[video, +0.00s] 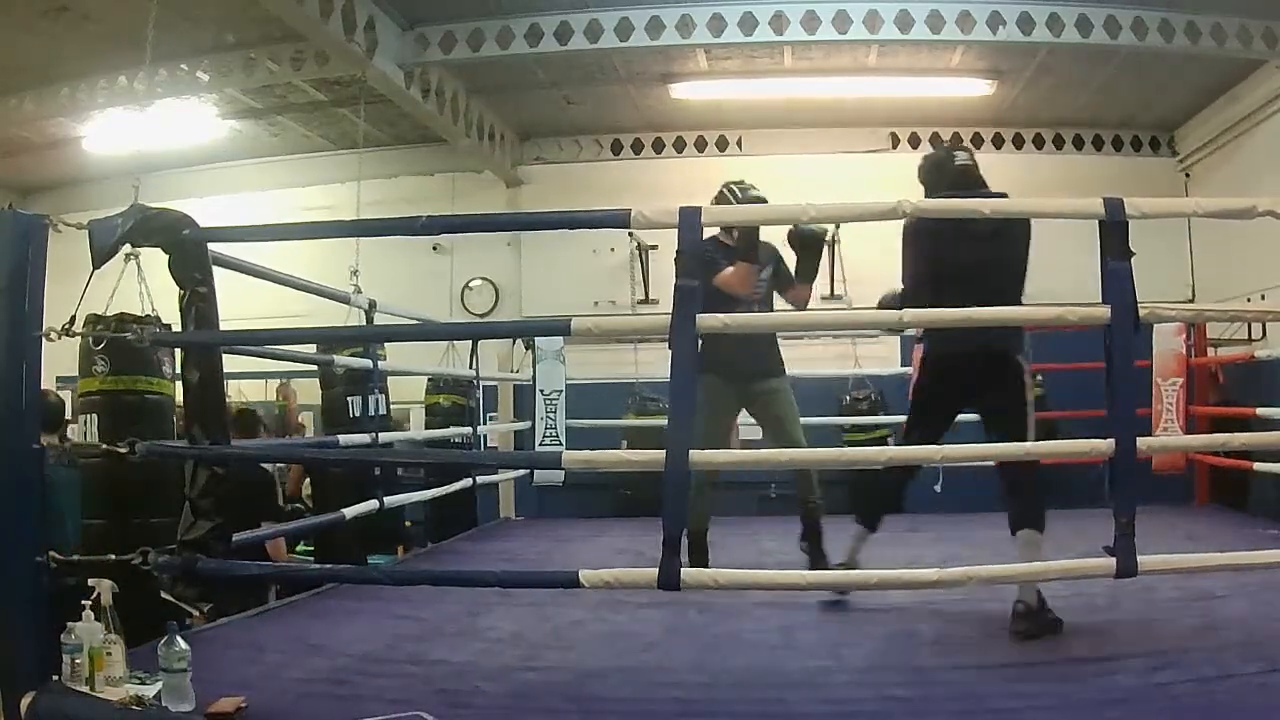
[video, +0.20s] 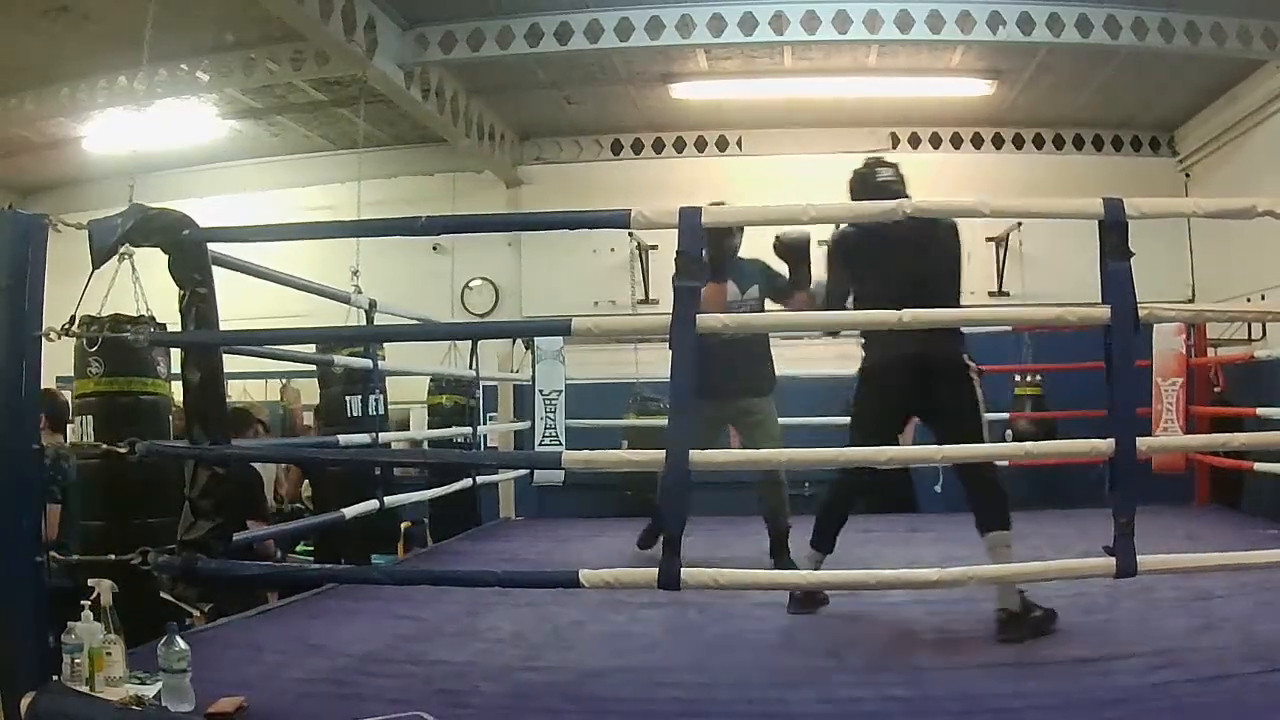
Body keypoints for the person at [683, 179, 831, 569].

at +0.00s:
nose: (753, 223)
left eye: (758, 217)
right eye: (745, 217)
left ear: (761, 217)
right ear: (725, 216)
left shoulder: (767, 253)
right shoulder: (702, 253)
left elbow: (799, 298)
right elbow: (741, 286)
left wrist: (810, 257)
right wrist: (748, 234)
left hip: (765, 372)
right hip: (716, 375)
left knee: (798, 450)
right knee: (706, 461)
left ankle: (814, 541)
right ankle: (697, 547)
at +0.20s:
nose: (727, 240)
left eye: (732, 232)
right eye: (717, 232)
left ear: (741, 234)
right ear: (702, 235)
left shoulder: (754, 270)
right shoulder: (689, 274)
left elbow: (800, 303)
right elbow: (711, 314)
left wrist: (799, 265)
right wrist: (715, 263)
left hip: (752, 393)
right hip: (701, 396)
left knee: (772, 470)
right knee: (677, 468)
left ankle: (780, 553)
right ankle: (660, 520)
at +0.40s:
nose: (689, 267)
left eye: (696, 258)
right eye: (682, 258)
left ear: (707, 260)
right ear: (670, 261)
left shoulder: (724, 296)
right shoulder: (659, 298)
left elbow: (757, 340)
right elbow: (637, 335)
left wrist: (772, 312)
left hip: (715, 401)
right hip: (672, 402)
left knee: (741, 470)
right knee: (658, 469)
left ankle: (772, 545)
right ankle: (665, 535)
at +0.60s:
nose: (665, 257)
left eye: (670, 251)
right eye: (661, 253)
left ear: (681, 254)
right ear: (650, 257)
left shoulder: (698, 286)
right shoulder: (642, 289)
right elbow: (639, 316)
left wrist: (678, 278)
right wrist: (639, 269)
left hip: (695, 387)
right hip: (656, 388)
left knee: (703, 460)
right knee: (653, 462)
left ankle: (723, 539)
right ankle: (664, 532)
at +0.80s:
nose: (666, 259)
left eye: (673, 252)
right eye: (660, 251)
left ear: (682, 255)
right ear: (648, 253)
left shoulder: (692, 285)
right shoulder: (635, 286)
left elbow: (727, 306)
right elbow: (628, 320)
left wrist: (719, 265)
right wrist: (634, 275)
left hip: (681, 391)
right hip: (645, 391)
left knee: (686, 463)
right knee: (652, 464)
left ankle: (694, 541)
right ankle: (664, 531)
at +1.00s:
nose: (679, 261)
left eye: (681, 255)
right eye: (673, 255)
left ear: (682, 258)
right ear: (659, 256)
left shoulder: (685, 288)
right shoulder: (629, 284)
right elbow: (639, 318)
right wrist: (647, 270)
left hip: (674, 396)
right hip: (638, 395)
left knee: (677, 465)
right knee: (622, 464)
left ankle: (690, 538)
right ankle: (653, 518)